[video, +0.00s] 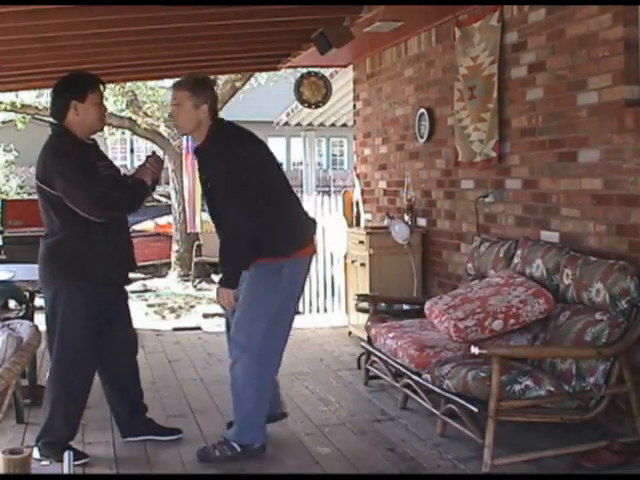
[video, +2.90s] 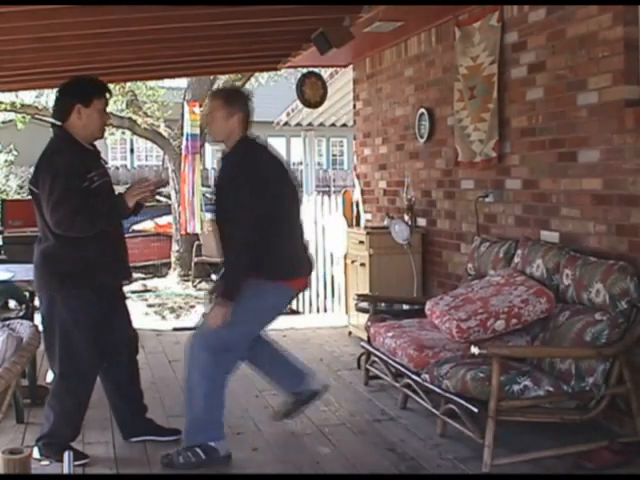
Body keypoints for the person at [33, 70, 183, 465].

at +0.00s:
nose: (105, 110)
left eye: (103, 102)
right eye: (99, 102)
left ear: (76, 108)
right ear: (75, 107)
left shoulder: (89, 151)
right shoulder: (60, 153)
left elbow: (117, 198)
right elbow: (100, 206)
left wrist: (143, 179)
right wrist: (141, 182)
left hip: (103, 275)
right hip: (73, 278)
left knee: (119, 352)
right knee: (72, 363)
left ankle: (134, 424)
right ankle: (52, 444)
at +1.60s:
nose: (112, 110)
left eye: (110, 102)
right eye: (103, 103)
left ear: (86, 110)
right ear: (76, 110)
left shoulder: (97, 153)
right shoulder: (67, 156)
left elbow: (118, 207)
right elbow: (102, 215)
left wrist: (160, 223)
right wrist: (159, 232)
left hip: (103, 274)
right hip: (70, 277)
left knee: (120, 351)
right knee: (69, 361)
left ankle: (134, 424)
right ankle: (51, 444)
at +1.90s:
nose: (104, 113)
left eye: (102, 105)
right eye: (96, 105)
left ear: (76, 111)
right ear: (71, 111)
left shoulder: (90, 155)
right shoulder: (57, 159)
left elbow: (104, 213)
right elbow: (77, 227)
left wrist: (131, 241)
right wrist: (115, 273)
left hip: (100, 273)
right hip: (69, 279)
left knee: (121, 351)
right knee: (72, 365)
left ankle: (134, 423)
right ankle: (52, 445)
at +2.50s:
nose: (102, 126)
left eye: (103, 118)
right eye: (98, 117)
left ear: (75, 116)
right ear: (74, 115)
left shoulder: (78, 157)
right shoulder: (52, 160)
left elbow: (94, 203)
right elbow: (65, 223)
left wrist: (131, 202)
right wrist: (122, 216)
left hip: (95, 279)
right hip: (65, 284)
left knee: (121, 348)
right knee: (79, 364)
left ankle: (135, 424)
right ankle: (52, 445)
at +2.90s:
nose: (107, 120)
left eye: (107, 112)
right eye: (102, 111)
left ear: (80, 112)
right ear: (78, 111)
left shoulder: (88, 156)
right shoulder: (59, 157)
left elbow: (99, 216)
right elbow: (65, 220)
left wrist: (134, 201)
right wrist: (122, 202)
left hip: (99, 278)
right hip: (68, 283)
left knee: (120, 352)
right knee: (76, 364)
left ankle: (134, 424)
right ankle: (51, 446)